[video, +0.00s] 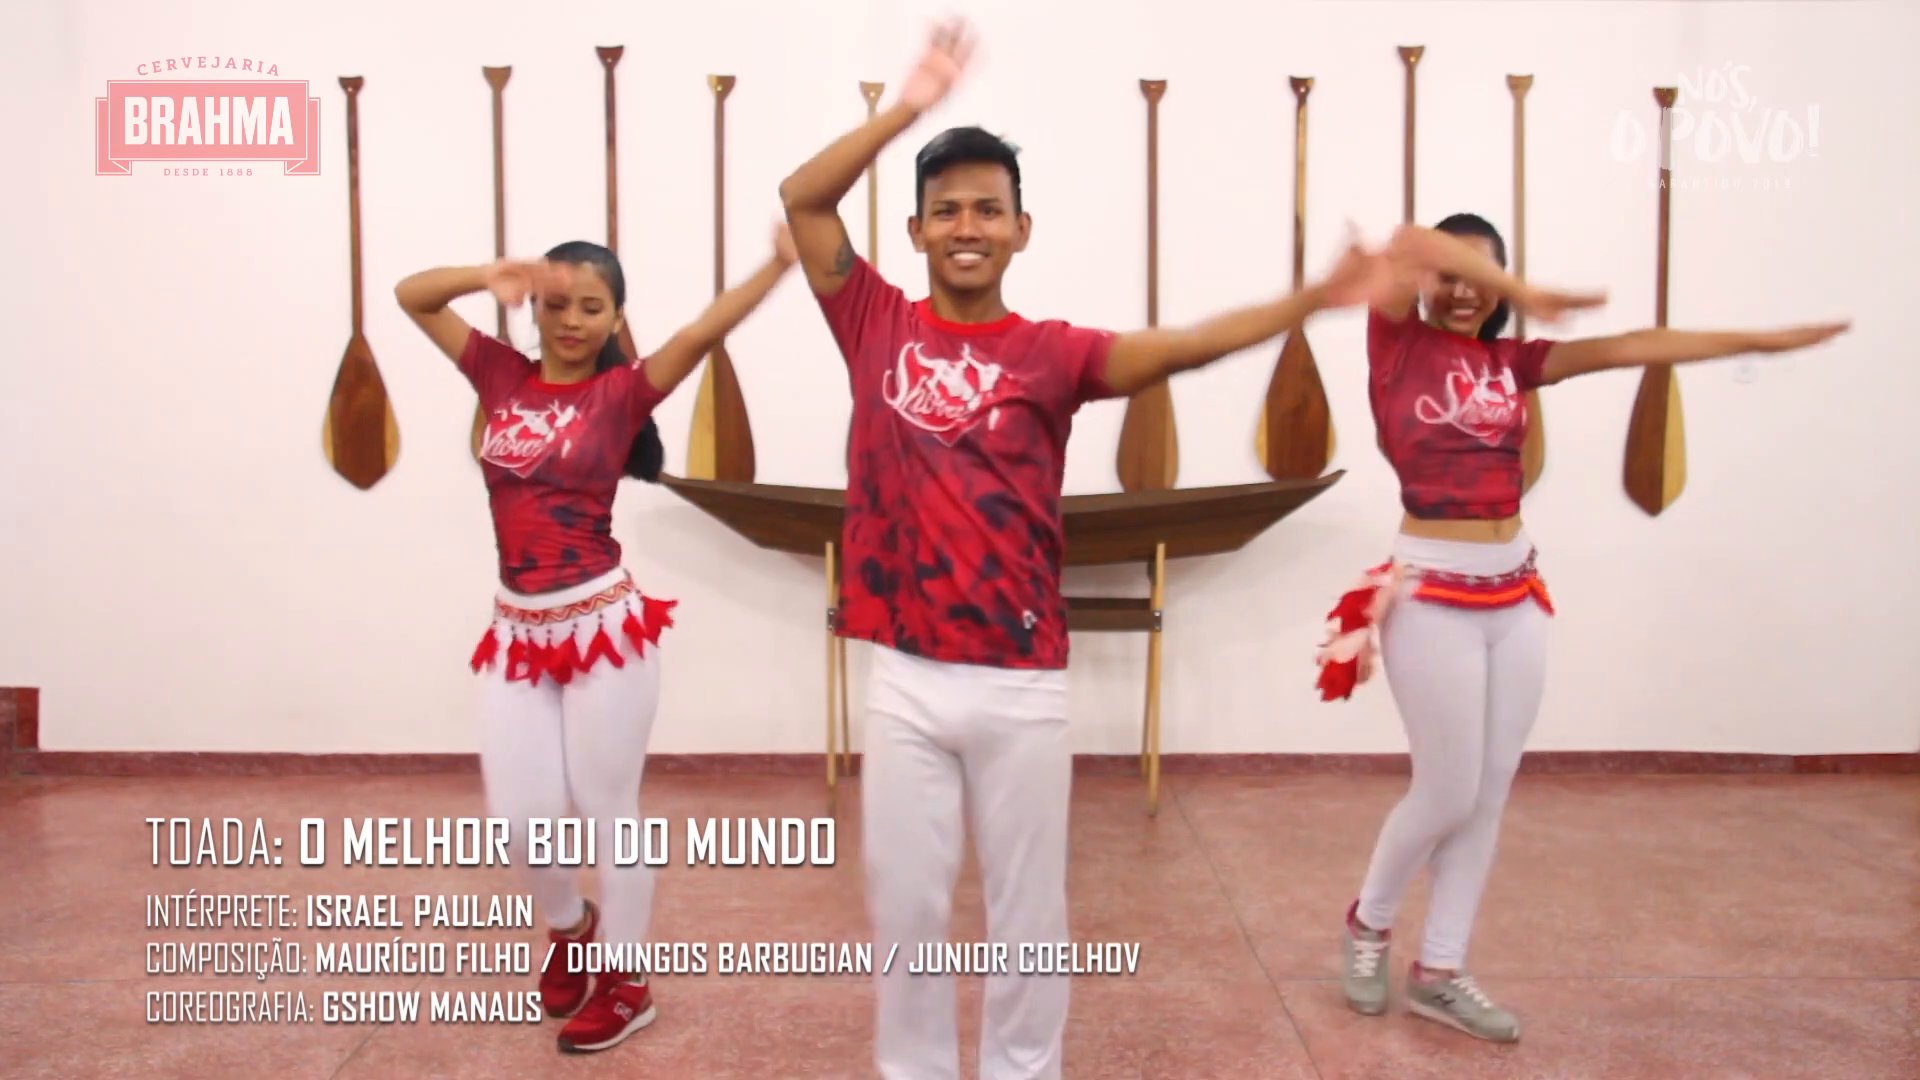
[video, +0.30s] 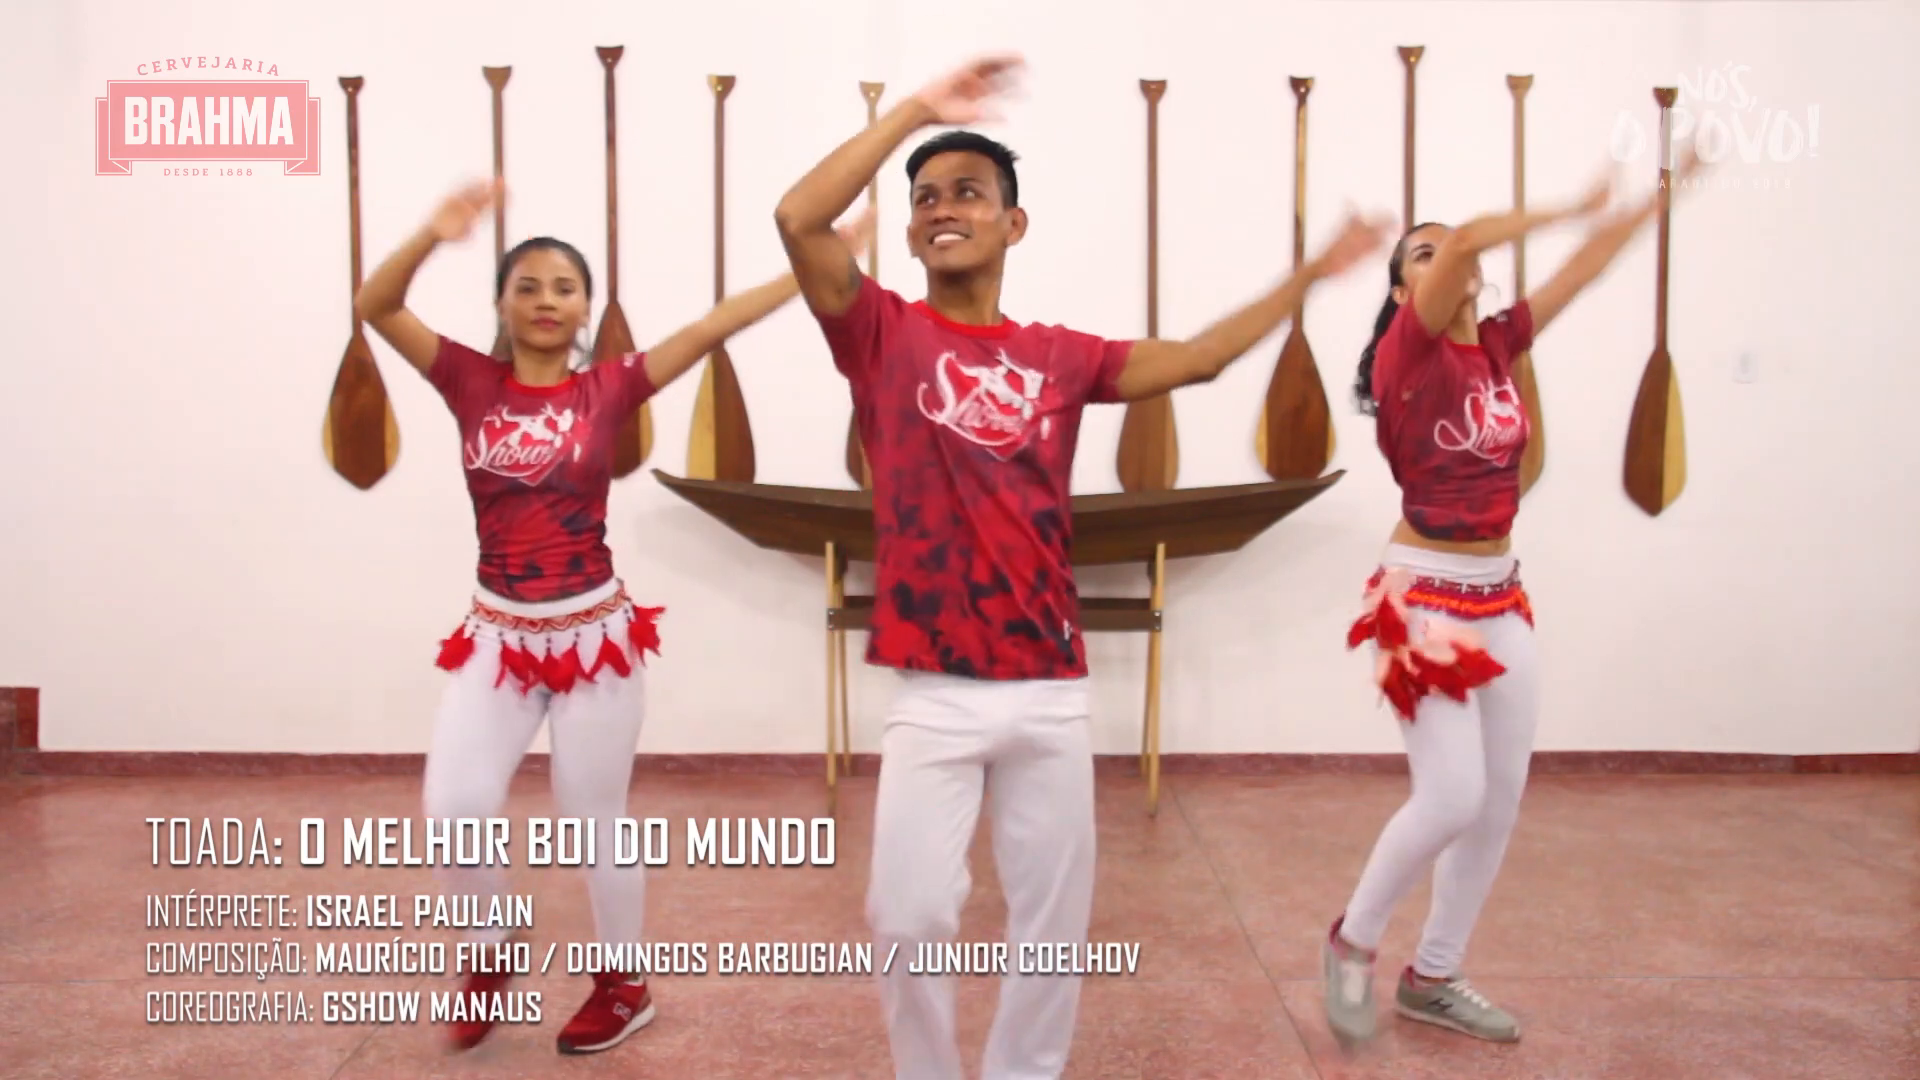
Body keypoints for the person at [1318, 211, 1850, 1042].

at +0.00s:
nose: (1470, 291)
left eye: (1482, 278)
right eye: (1455, 272)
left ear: (1498, 296)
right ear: (1422, 275)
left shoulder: (1513, 359)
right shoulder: (1395, 344)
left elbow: (1633, 346)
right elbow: (1416, 247)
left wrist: (1757, 340)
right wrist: (1522, 288)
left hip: (1514, 595)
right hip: (1430, 595)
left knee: (1485, 797)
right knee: (1445, 792)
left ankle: (1437, 972)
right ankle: (1368, 925)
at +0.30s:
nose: (1455, 256)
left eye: (1461, 249)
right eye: (1433, 252)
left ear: (1472, 274)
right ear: (1406, 284)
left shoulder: (1495, 340)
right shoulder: (1405, 355)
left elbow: (1581, 270)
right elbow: (1461, 241)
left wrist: (1664, 192)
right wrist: (1568, 211)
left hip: (1499, 594)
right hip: (1423, 593)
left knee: (1499, 801)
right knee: (1449, 798)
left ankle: (1432, 976)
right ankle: (1352, 945)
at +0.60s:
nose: (1446, 250)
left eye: (1451, 241)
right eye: (1424, 246)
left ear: (1470, 265)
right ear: (1404, 278)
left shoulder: (1487, 343)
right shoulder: (1405, 343)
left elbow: (1512, 236)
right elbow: (1401, 217)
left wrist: (1518, 139)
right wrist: (1407, 81)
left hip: (1481, 608)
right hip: (1404, 606)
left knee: (1455, 814)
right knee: (1385, 834)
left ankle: (1432, 979)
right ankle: (1332, 1040)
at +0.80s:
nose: (1418, 249)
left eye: (1427, 241)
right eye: (1397, 245)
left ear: (1446, 267)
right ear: (1372, 276)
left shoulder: (1459, 339)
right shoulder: (1370, 333)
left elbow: (1504, 253)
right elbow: (1325, 239)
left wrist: (1493, 217)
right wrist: (1277, 127)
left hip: (1448, 611)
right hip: (1372, 608)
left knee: (1465, 812)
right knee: (1381, 840)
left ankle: (1428, 976)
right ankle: (1333, 1045)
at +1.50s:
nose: (1443, 277)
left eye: (1461, 264)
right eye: (1426, 259)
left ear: (1487, 282)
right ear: (1399, 271)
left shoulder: (1487, 368)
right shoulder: (1354, 356)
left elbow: (1523, 246)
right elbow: (1234, 302)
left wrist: (1368, 239)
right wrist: (1124, 258)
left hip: (1439, 638)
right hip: (1326, 629)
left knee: (1476, 875)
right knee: (1342, 854)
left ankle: (1406, 988)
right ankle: (1331, 1050)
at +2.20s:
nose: (1593, 255)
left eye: (1617, 241)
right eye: (1575, 237)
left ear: (1643, 270)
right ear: (1542, 259)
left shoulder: (1643, 372)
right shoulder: (1499, 337)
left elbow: (1778, 279)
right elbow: (1487, 187)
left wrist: (1902, 188)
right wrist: (1598, 110)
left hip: (1606, 641)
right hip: (1486, 645)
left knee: (1606, 901)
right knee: (1415, 880)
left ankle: (1610, 1078)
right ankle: (1416, 1058)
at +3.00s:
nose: (1533, 213)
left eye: (1560, 197)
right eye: (1533, 203)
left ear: (1621, 225)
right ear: (1538, 236)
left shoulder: (1676, 329)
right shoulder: (1515, 328)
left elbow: (1746, 148)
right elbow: (1442, 188)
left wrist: (1799, 13)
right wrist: (1535, 69)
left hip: (1642, 640)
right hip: (1510, 626)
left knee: (1623, 911)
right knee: (1421, 856)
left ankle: (1595, 1075)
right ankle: (1434, 1031)